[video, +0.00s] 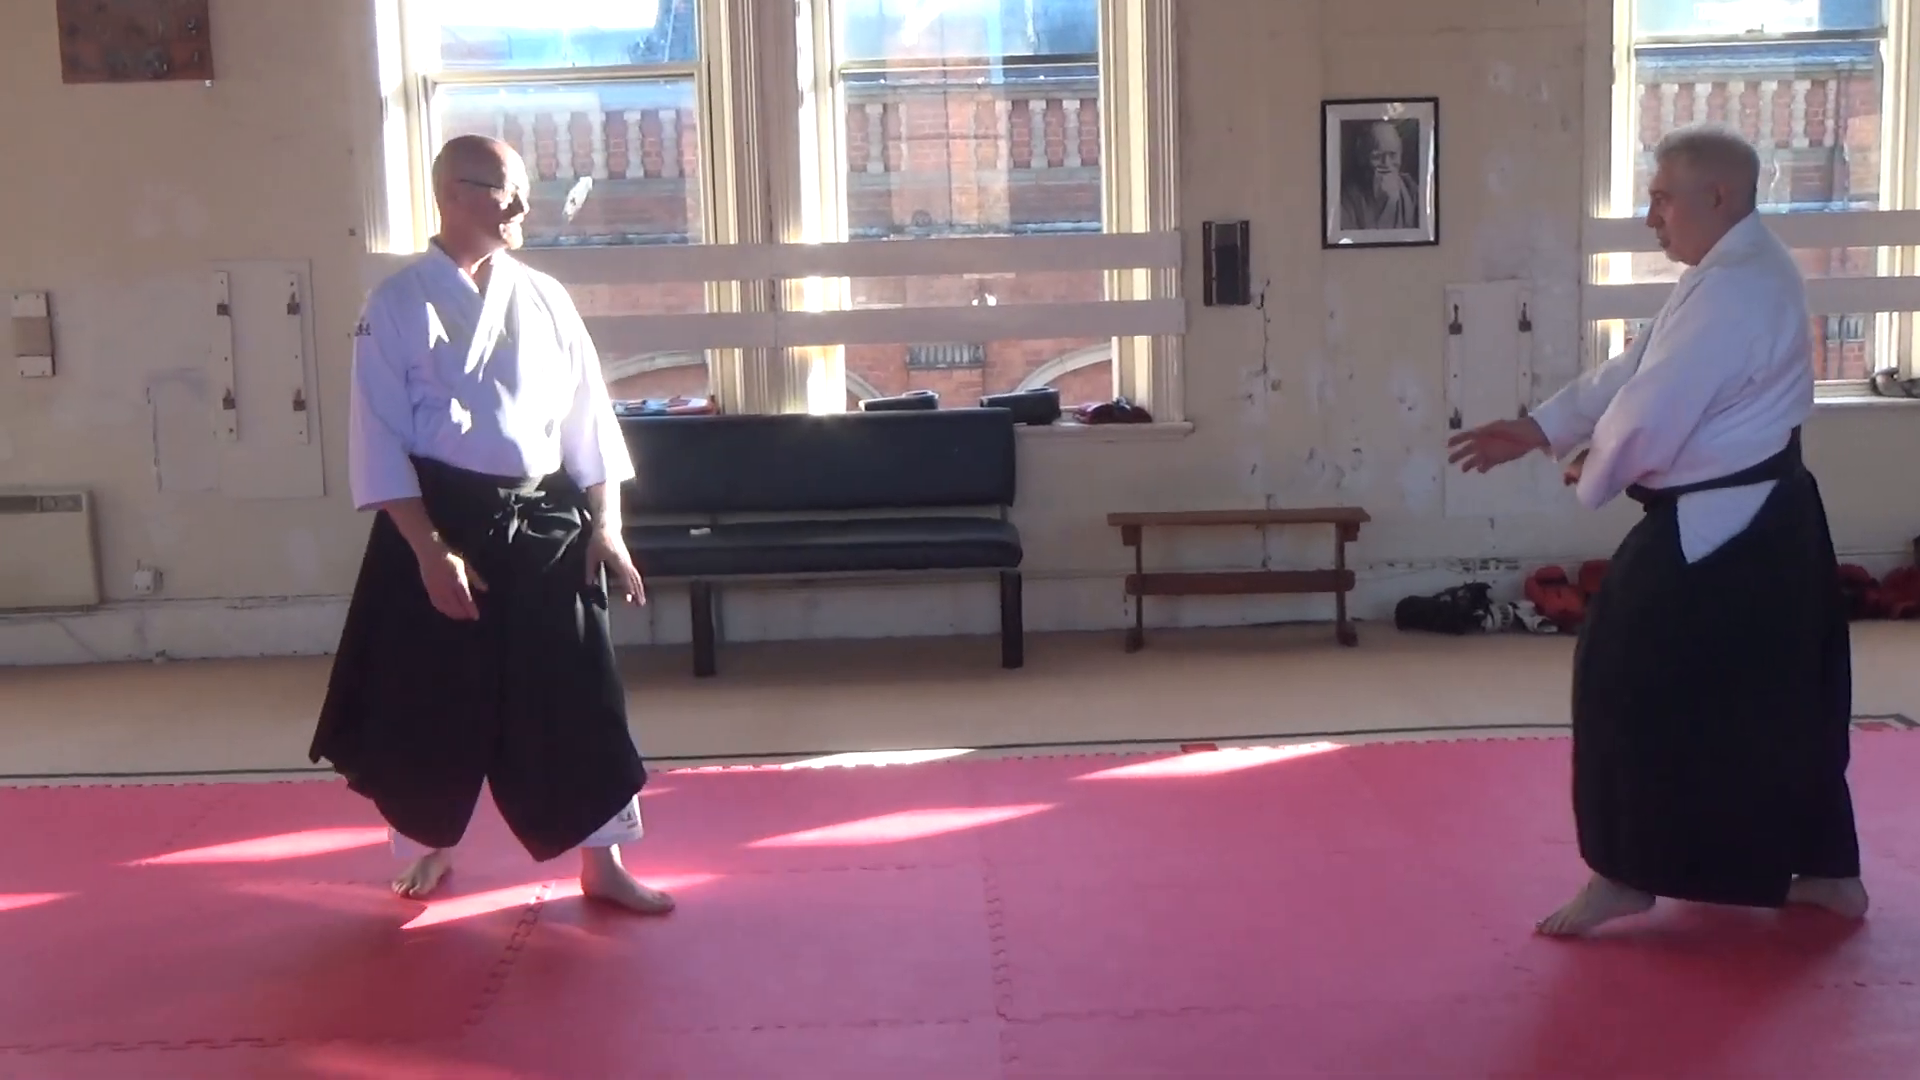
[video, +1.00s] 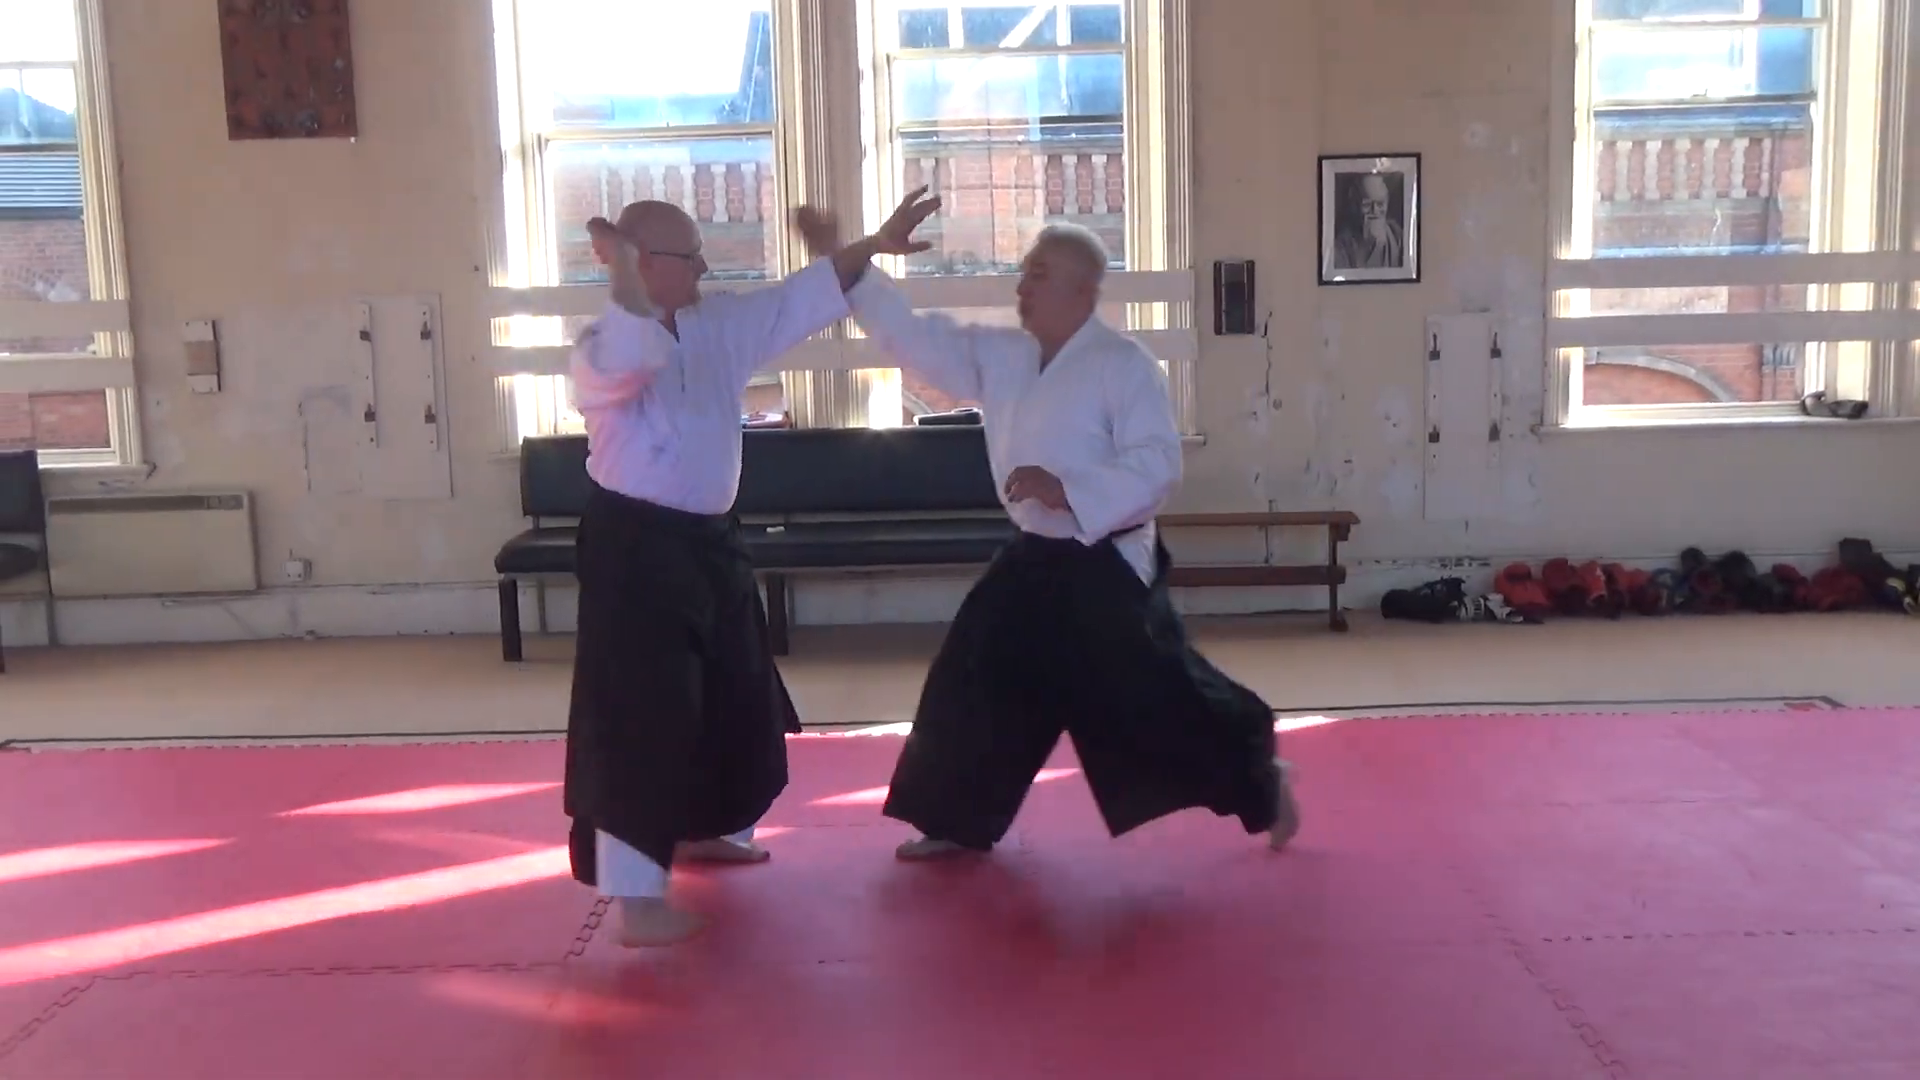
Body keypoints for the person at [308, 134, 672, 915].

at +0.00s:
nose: (508, 201)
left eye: (515, 189)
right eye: (488, 187)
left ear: (523, 201)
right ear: (443, 197)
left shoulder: (545, 296)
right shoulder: (398, 301)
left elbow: (590, 415)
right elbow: (377, 439)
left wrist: (607, 523)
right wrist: (428, 549)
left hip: (547, 519)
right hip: (441, 519)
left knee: (585, 683)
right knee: (431, 684)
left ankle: (603, 860)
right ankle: (434, 842)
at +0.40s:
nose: (543, 225)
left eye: (552, 215)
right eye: (525, 210)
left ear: (561, 223)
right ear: (481, 212)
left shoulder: (582, 310)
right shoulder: (437, 318)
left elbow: (634, 419)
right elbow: (411, 451)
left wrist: (662, 525)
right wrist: (456, 559)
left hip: (580, 522)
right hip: (478, 524)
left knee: (614, 680)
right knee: (471, 683)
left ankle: (629, 848)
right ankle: (464, 839)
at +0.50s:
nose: (604, 255)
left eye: (602, 242)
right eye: (580, 240)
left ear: (600, 253)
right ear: (544, 248)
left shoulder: (634, 336)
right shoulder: (504, 341)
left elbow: (697, 415)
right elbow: (457, 445)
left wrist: (745, 498)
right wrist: (503, 536)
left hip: (625, 536)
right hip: (534, 537)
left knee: (656, 683)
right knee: (522, 683)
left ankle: (664, 837)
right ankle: (510, 812)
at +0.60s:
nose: (640, 266)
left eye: (641, 254)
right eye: (627, 254)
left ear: (633, 259)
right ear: (581, 257)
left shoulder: (668, 337)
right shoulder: (534, 343)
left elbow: (747, 383)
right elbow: (456, 428)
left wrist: (817, 432)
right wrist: (512, 446)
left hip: (653, 531)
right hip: (566, 531)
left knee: (669, 680)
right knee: (554, 680)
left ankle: (673, 832)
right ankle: (516, 797)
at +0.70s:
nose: (658, 266)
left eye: (658, 254)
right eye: (644, 255)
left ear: (650, 259)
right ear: (595, 259)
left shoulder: (688, 332)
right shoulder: (553, 337)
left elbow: (773, 338)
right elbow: (464, 372)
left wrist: (861, 347)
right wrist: (523, 347)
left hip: (676, 532)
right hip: (588, 532)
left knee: (686, 684)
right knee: (555, 682)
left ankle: (676, 830)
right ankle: (514, 805)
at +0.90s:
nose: (690, 267)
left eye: (688, 256)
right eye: (675, 256)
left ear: (676, 266)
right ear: (624, 266)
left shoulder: (720, 325)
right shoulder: (586, 339)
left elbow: (809, 293)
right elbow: (523, 330)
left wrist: (895, 250)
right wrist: (573, 252)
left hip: (705, 540)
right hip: (619, 540)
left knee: (719, 688)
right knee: (599, 701)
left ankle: (697, 827)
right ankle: (563, 865)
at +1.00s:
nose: (698, 268)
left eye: (698, 256)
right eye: (682, 256)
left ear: (691, 265)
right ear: (633, 263)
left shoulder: (718, 325)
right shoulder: (602, 345)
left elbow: (796, 298)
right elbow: (631, 364)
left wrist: (874, 245)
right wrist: (628, 287)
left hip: (709, 542)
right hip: (634, 544)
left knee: (734, 693)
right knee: (642, 709)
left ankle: (696, 828)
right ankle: (632, 892)